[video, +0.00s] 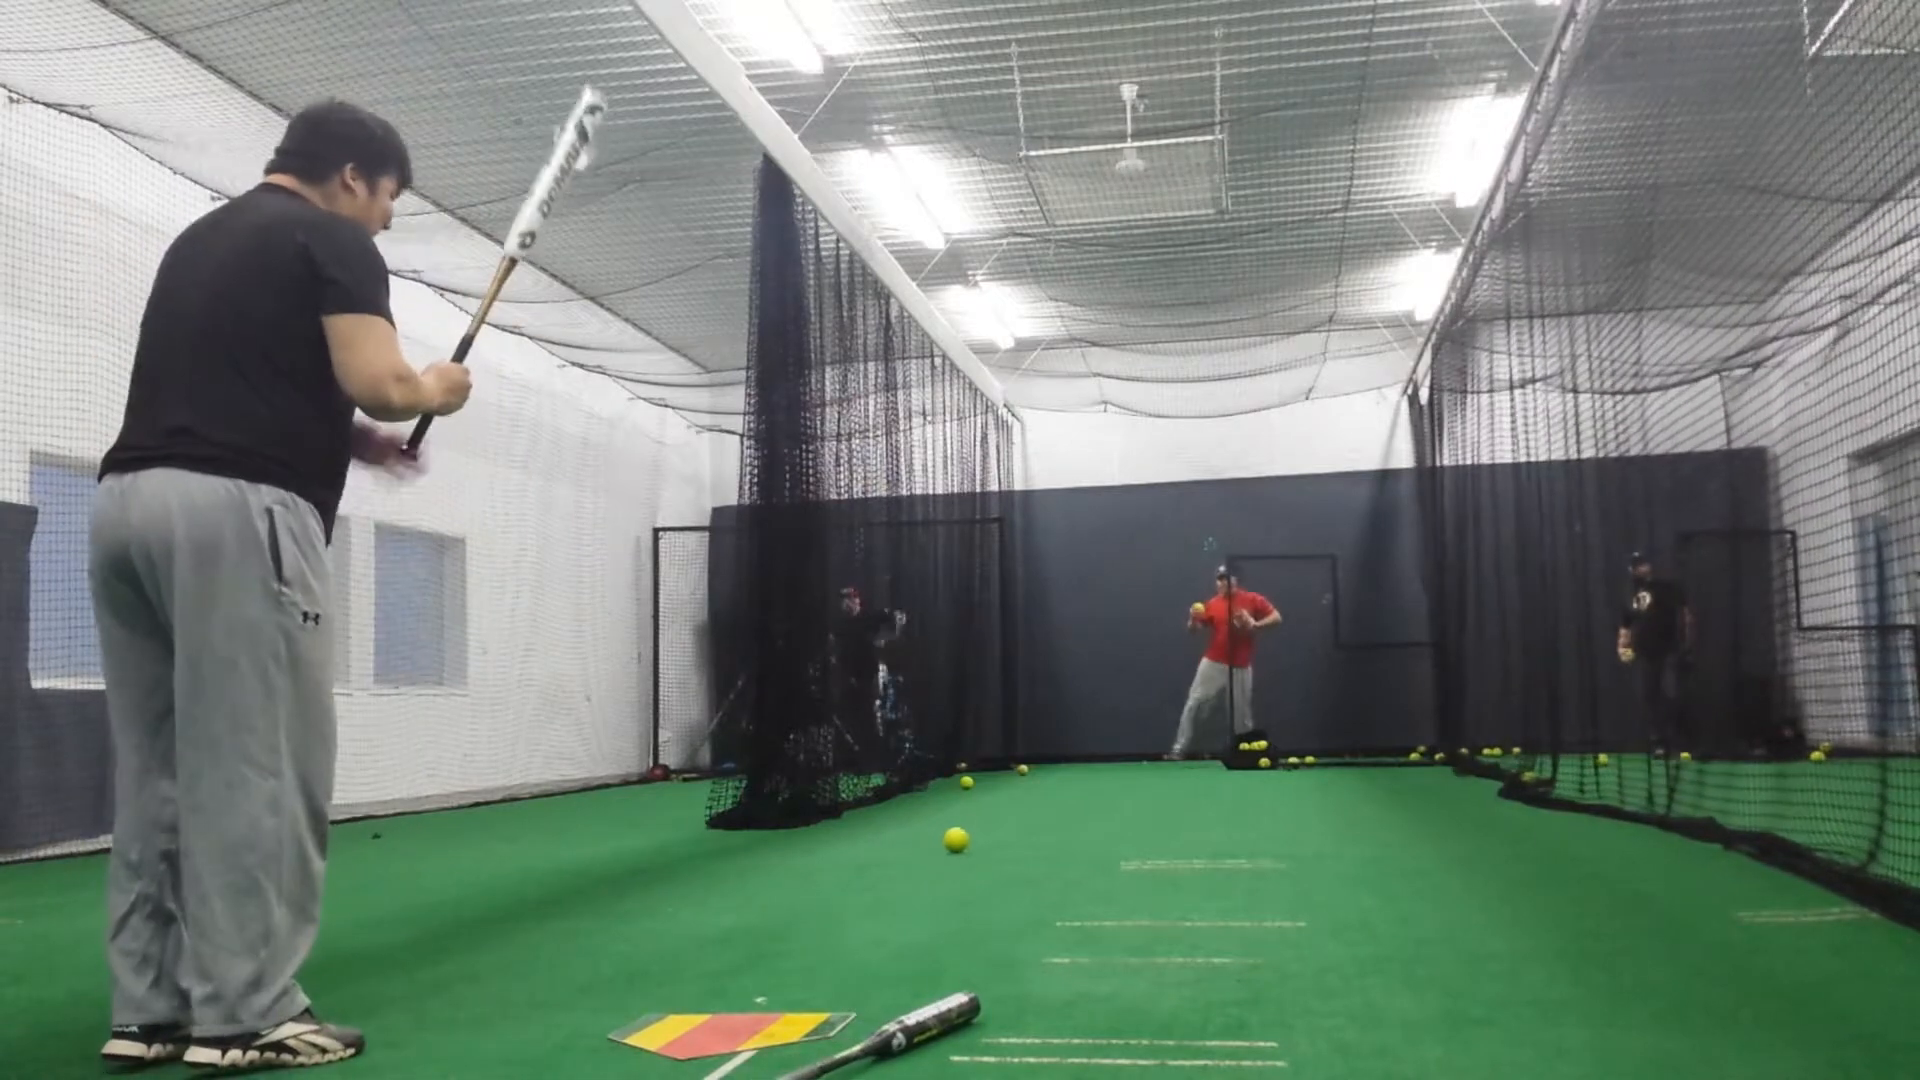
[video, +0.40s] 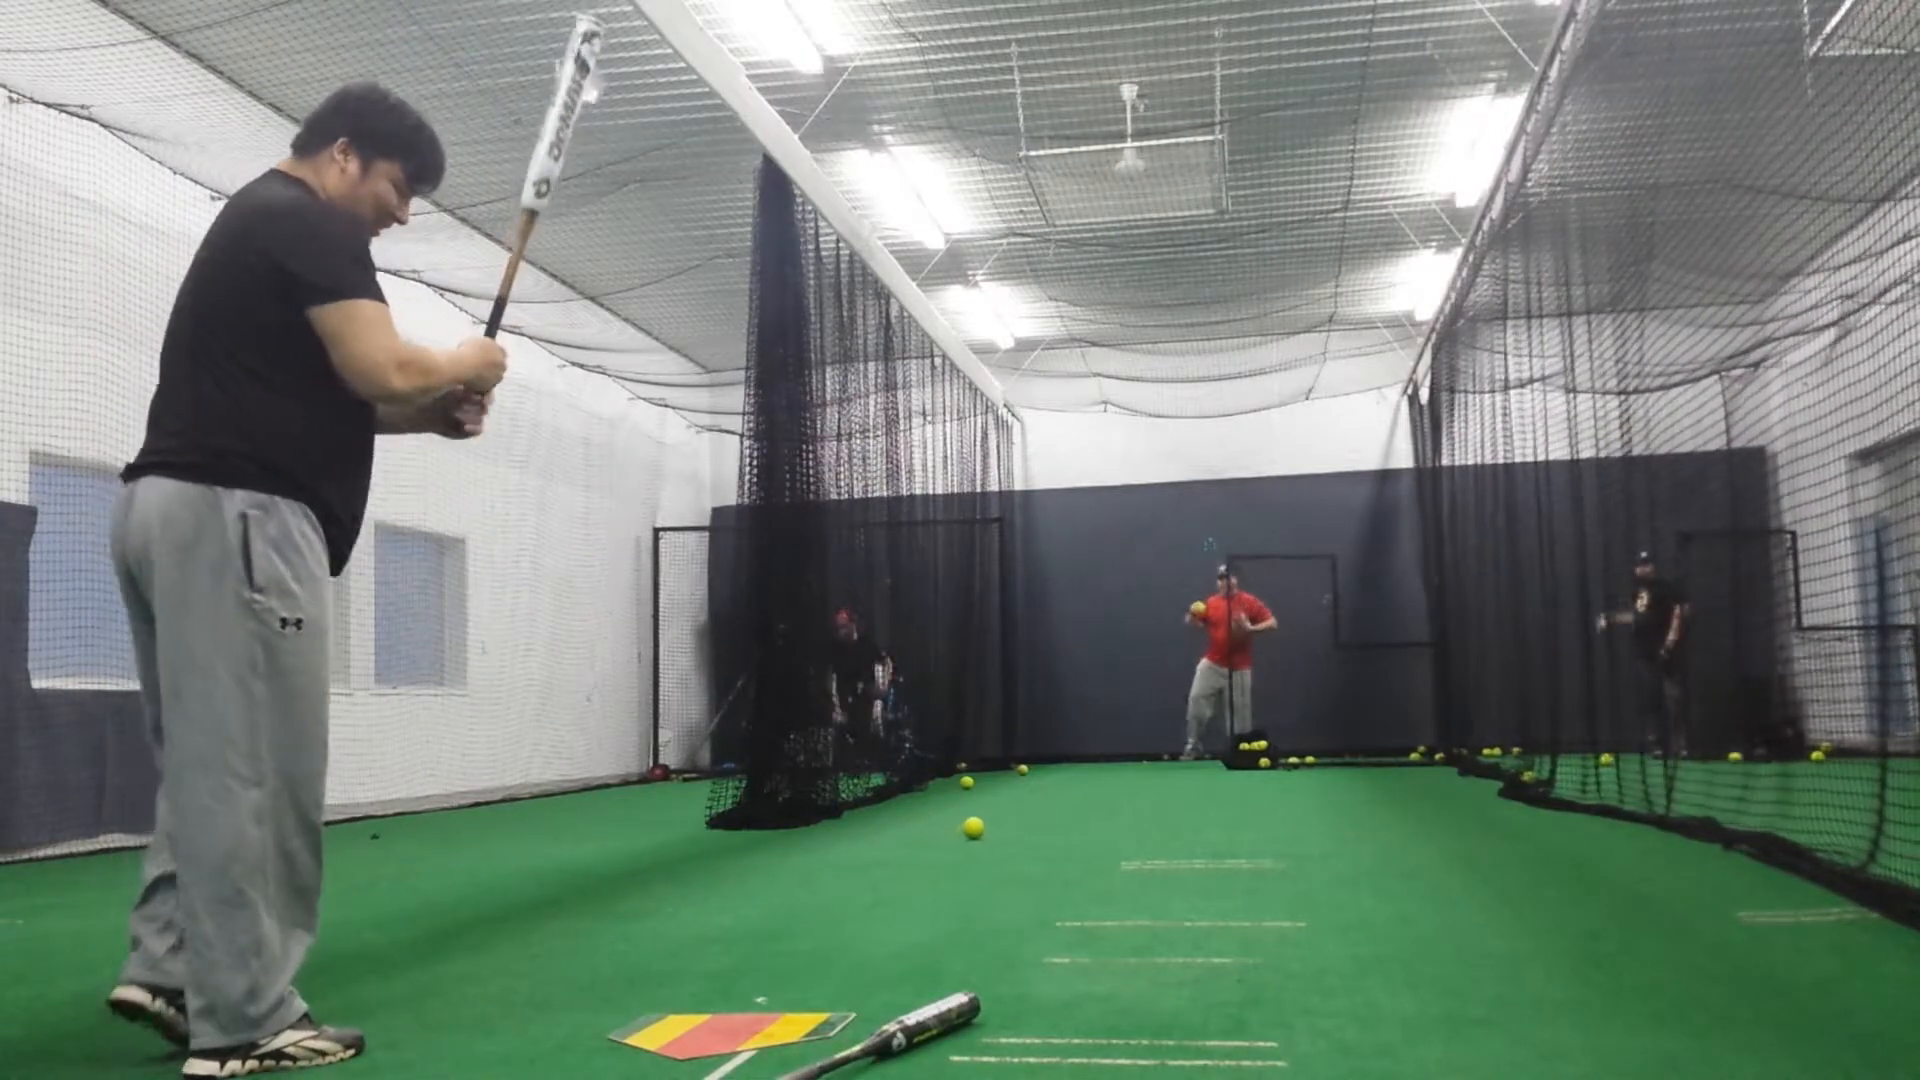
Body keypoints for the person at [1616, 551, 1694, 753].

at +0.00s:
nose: (1640, 571)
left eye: (1644, 566)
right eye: (1636, 567)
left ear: (1652, 567)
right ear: (1631, 570)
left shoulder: (1669, 589)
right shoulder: (1631, 594)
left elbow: (1686, 616)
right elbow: (1626, 625)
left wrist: (1687, 643)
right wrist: (1623, 646)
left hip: (1670, 648)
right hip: (1646, 651)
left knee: (1672, 694)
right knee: (1648, 695)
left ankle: (1680, 743)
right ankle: (1657, 743)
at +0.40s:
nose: (1643, 571)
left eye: (1647, 566)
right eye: (1639, 567)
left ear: (1654, 567)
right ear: (1635, 570)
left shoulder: (1666, 588)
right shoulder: (1638, 590)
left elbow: (1676, 617)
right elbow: (1637, 616)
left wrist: (1669, 644)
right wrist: (1611, 618)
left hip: (1665, 650)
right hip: (1644, 650)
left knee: (1671, 696)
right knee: (1648, 696)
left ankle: (1677, 743)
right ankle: (1654, 742)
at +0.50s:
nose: (1646, 570)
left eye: (1650, 565)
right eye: (1643, 565)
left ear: (1658, 566)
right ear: (1638, 568)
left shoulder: (1670, 589)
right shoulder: (1639, 591)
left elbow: (1684, 614)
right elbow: (1631, 612)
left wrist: (1674, 640)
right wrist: (1620, 594)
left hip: (1668, 652)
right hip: (1646, 652)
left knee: (1674, 698)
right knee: (1651, 698)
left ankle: (1678, 742)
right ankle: (1656, 742)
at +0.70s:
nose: (1656, 570)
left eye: (1661, 565)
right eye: (1652, 565)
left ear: (1670, 565)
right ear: (1648, 567)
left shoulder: (1681, 585)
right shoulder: (1644, 588)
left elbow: (1694, 607)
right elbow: (1618, 585)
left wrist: (1689, 628)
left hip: (1676, 646)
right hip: (1650, 648)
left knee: (1678, 697)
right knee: (1652, 697)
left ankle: (1681, 743)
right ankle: (1657, 743)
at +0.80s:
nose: (1662, 570)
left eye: (1665, 565)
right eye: (1658, 566)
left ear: (1674, 566)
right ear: (1653, 567)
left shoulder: (1686, 586)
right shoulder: (1649, 582)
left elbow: (1701, 608)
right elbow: (1627, 562)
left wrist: (1696, 628)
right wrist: (1613, 538)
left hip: (1681, 644)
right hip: (1656, 645)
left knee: (1681, 695)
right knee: (1655, 694)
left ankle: (1681, 742)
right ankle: (1657, 743)